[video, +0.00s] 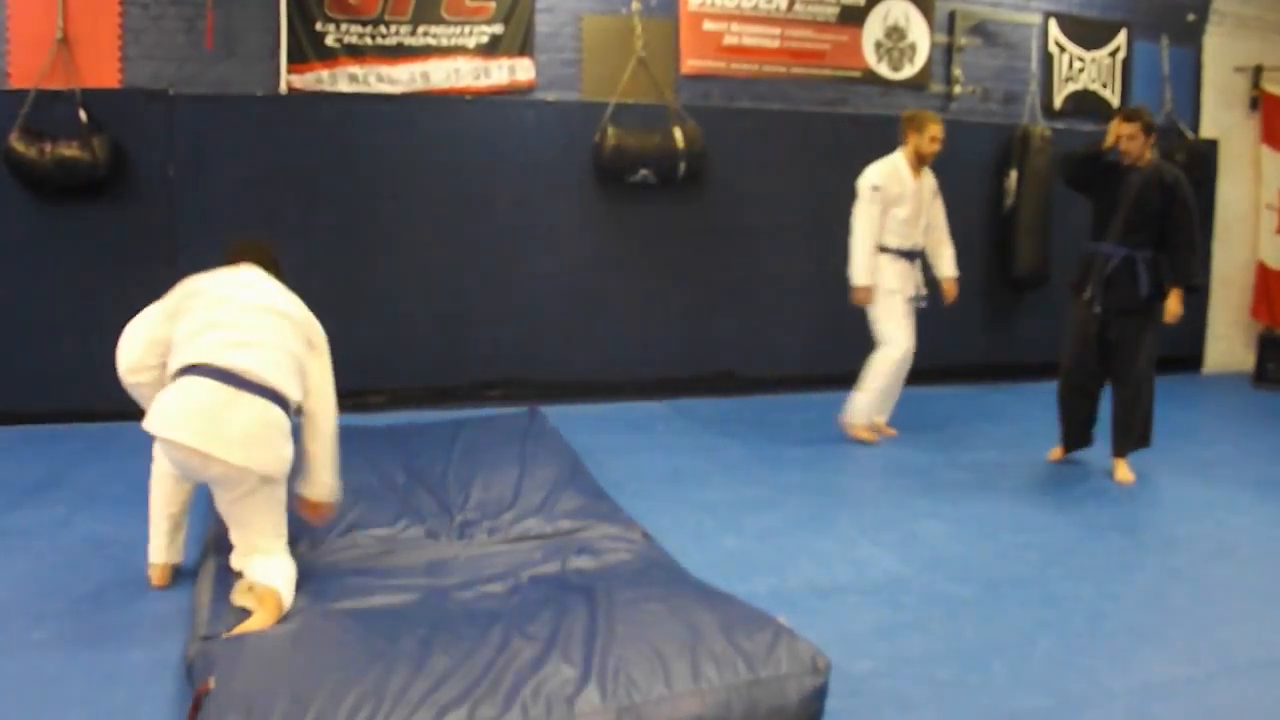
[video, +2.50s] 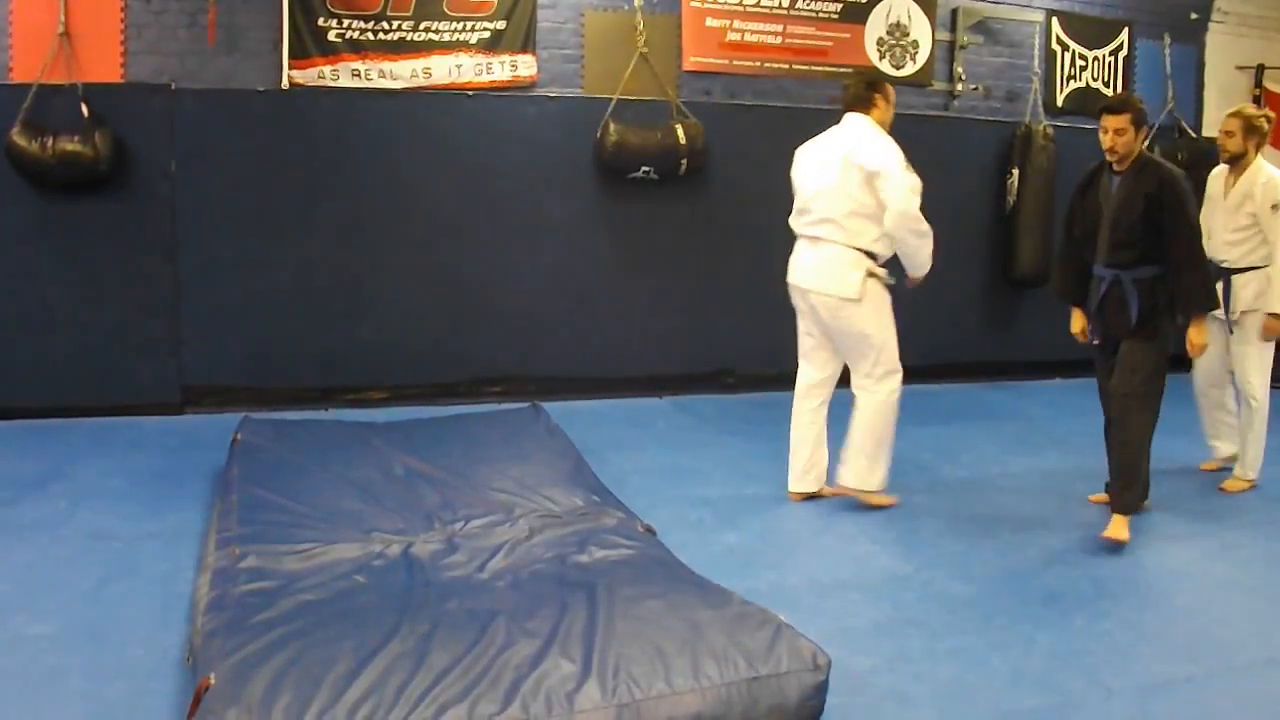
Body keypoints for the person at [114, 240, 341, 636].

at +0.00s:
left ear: (230, 265)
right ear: (277, 274)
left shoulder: (195, 288)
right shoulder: (304, 319)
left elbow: (133, 355)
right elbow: (321, 412)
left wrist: (168, 409)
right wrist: (320, 487)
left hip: (184, 421)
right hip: (256, 439)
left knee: (171, 457)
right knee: (263, 545)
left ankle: (161, 563)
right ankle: (267, 601)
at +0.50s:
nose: (396, 158)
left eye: (397, 148)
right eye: (394, 146)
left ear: (345, 135)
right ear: (376, 138)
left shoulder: (279, 175)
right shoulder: (367, 190)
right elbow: (397, 282)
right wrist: (456, 266)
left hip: (224, 305)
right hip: (286, 316)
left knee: (226, 438)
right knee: (378, 391)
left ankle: (175, 558)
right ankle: (375, 519)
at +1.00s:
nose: (566, 129)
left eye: (568, 117)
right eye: (562, 116)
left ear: (525, 110)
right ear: (538, 110)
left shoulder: (475, 140)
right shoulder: (525, 157)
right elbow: (555, 252)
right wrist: (616, 248)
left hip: (417, 276)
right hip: (430, 286)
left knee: (506, 372)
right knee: (426, 416)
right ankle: (403, 540)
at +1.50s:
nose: (711, 108)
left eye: (710, 98)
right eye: (707, 98)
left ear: (669, 97)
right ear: (684, 98)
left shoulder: (628, 141)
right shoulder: (685, 149)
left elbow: (630, 222)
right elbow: (714, 231)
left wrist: (688, 265)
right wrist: (753, 182)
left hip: (589, 283)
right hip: (633, 290)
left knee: (629, 398)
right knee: (705, 383)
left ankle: (592, 515)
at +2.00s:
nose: (835, 109)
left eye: (835, 99)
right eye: (832, 98)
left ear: (793, 95)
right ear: (814, 96)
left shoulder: (738, 141)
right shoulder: (813, 149)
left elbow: (739, 210)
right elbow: (839, 231)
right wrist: (891, 216)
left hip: (726, 278)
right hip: (771, 288)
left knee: (773, 384)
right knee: (786, 409)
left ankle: (743, 466)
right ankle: (763, 527)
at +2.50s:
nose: (894, 109)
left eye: (892, 101)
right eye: (891, 101)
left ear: (849, 102)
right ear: (878, 101)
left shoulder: (810, 148)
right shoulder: (884, 152)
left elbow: (806, 209)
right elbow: (903, 214)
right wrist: (918, 265)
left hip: (804, 264)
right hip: (850, 273)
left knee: (814, 374)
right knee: (879, 376)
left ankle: (804, 480)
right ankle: (861, 480)